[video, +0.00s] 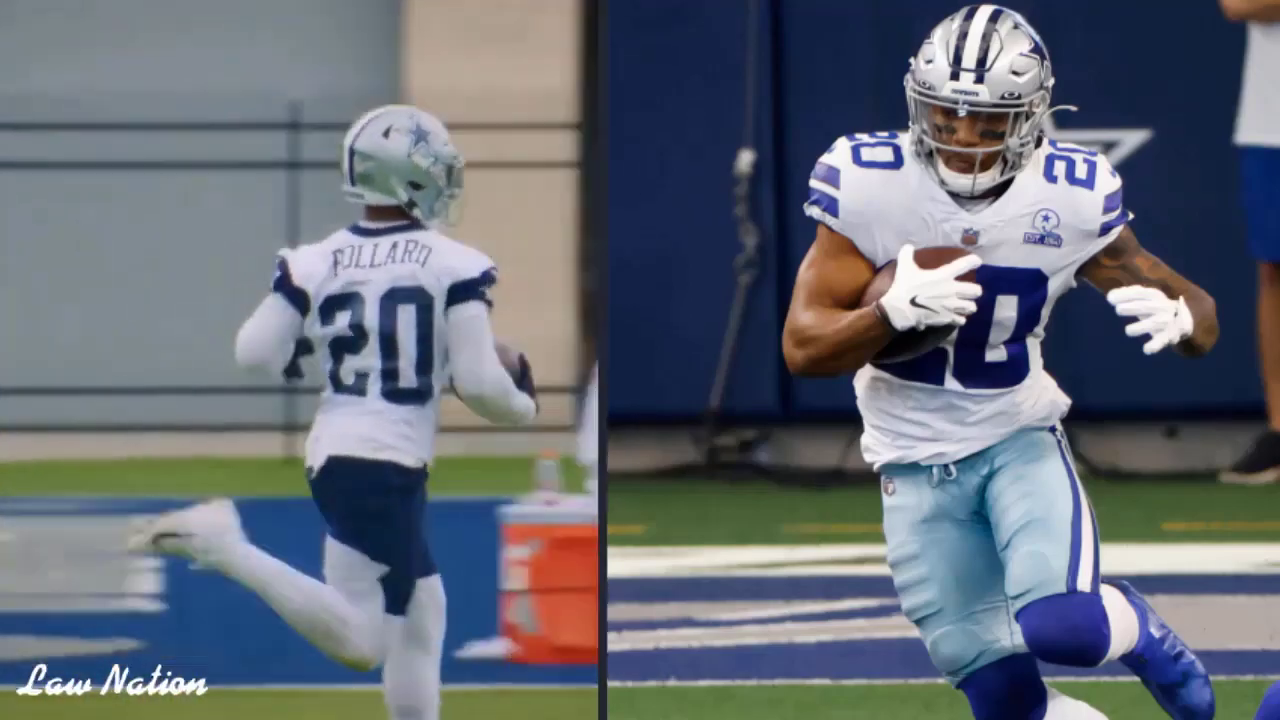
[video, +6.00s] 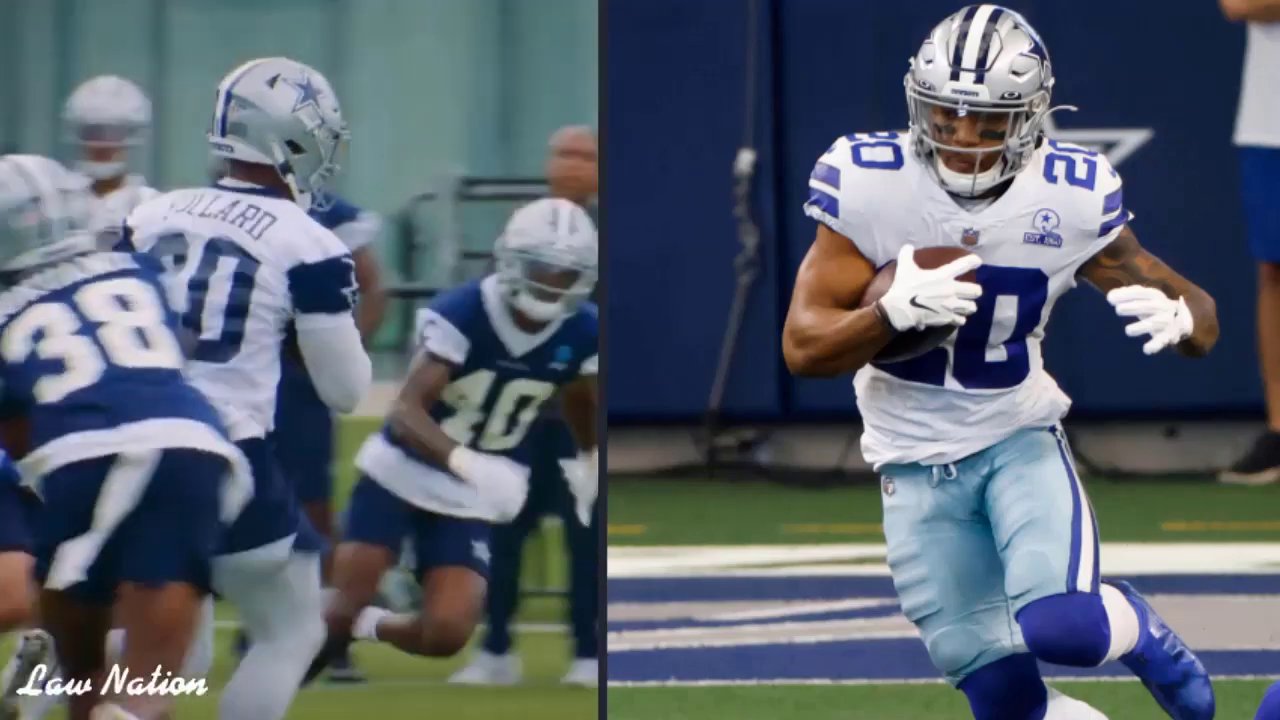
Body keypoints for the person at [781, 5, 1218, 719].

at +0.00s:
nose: (965, 137)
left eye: (988, 121)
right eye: (950, 116)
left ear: (1027, 119)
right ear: (922, 109)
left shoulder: (1070, 193)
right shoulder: (863, 179)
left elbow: (1196, 307)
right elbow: (801, 349)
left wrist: (1181, 319)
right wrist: (887, 313)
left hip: (1018, 437)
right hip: (911, 468)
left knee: (1054, 626)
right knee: (1001, 697)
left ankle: (1141, 632)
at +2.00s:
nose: (966, 138)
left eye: (988, 121)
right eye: (950, 117)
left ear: (1028, 119)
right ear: (922, 110)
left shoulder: (1071, 194)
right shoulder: (863, 179)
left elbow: (1197, 309)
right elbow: (801, 349)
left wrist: (1181, 319)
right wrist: (887, 313)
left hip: (1018, 437)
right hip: (911, 467)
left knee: (1054, 626)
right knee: (1001, 696)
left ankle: (1142, 633)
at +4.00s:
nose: (966, 138)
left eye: (988, 121)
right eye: (950, 117)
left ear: (1028, 119)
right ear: (922, 110)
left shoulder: (1071, 194)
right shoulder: (863, 179)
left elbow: (1197, 309)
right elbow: (801, 349)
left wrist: (1181, 319)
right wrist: (887, 313)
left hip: (1018, 437)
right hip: (911, 467)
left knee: (1054, 626)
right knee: (1001, 696)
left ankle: (1142, 633)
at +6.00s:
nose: (966, 137)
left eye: (988, 121)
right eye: (950, 117)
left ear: (1027, 118)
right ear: (922, 110)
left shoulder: (1072, 194)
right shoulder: (863, 180)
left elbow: (1197, 310)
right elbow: (801, 350)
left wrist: (1181, 318)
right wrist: (887, 313)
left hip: (1018, 437)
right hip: (911, 467)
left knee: (1054, 626)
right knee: (1001, 697)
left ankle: (1142, 632)